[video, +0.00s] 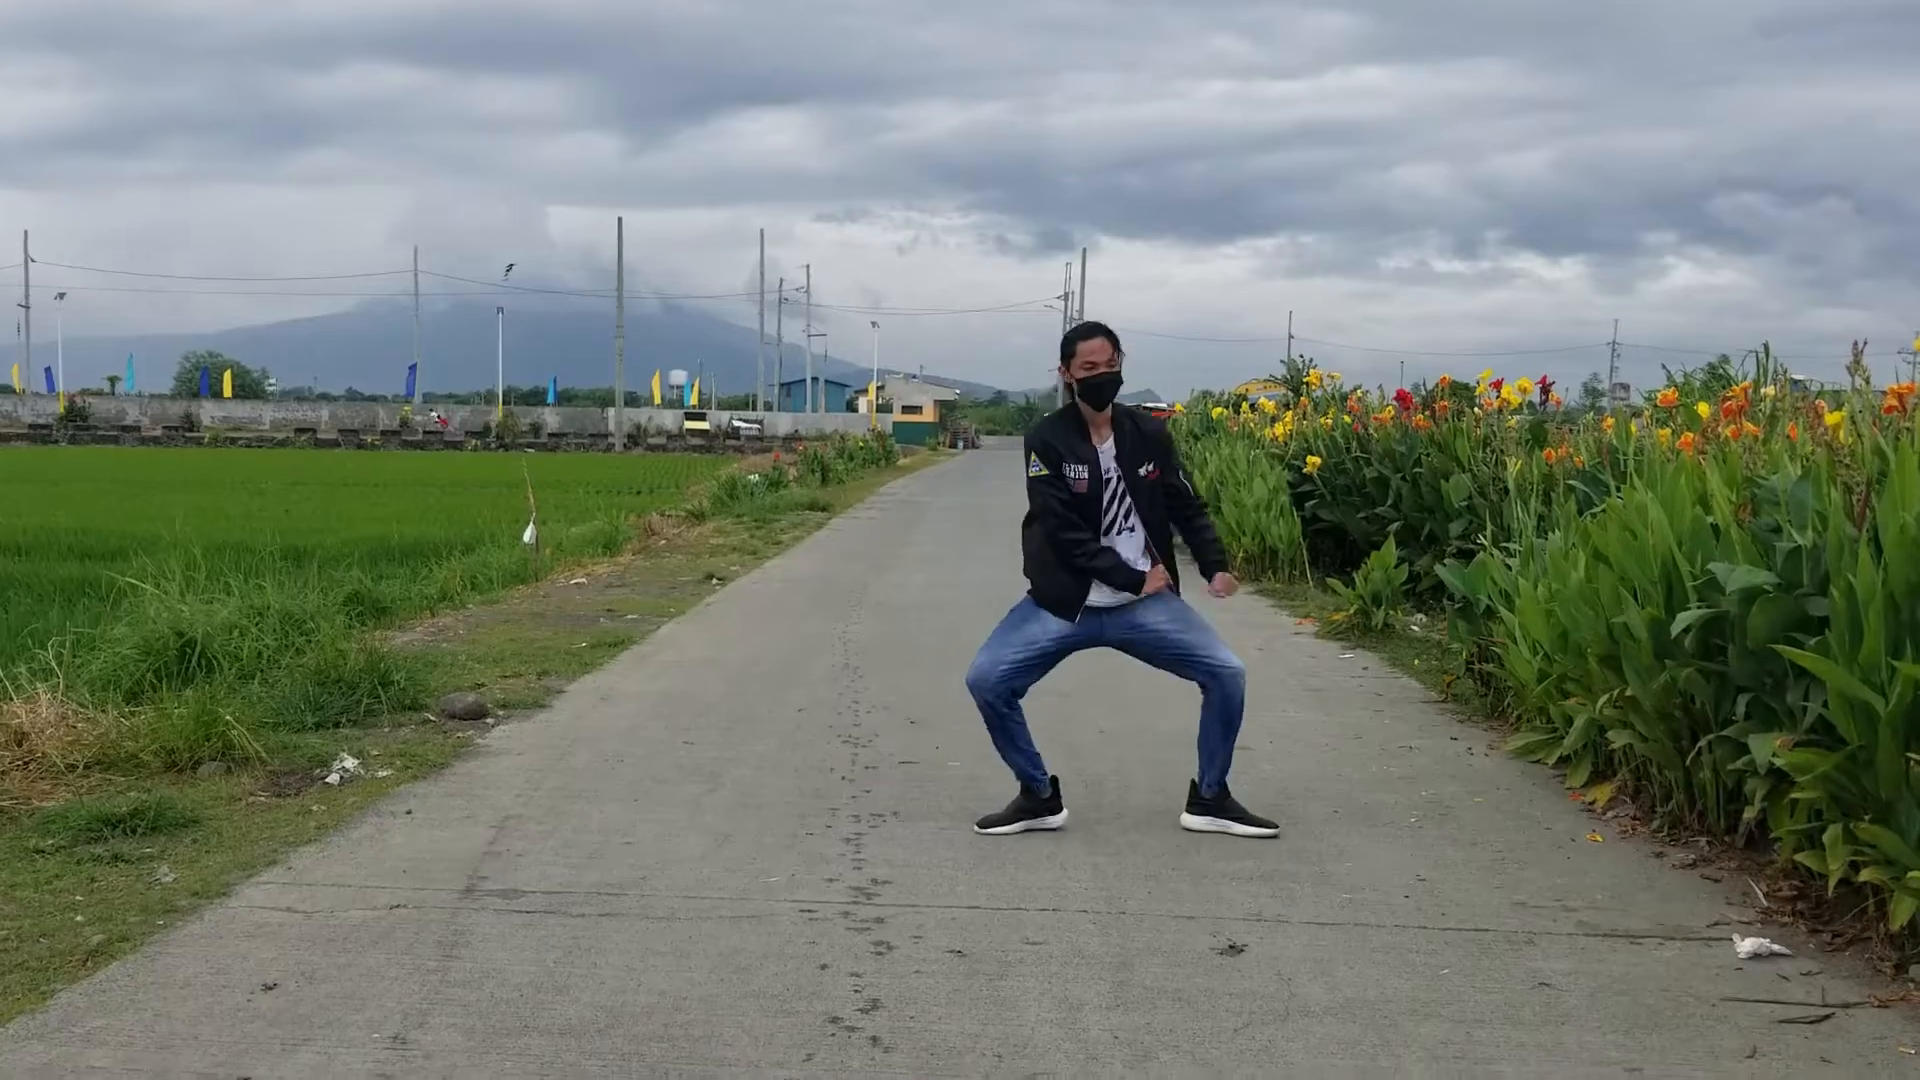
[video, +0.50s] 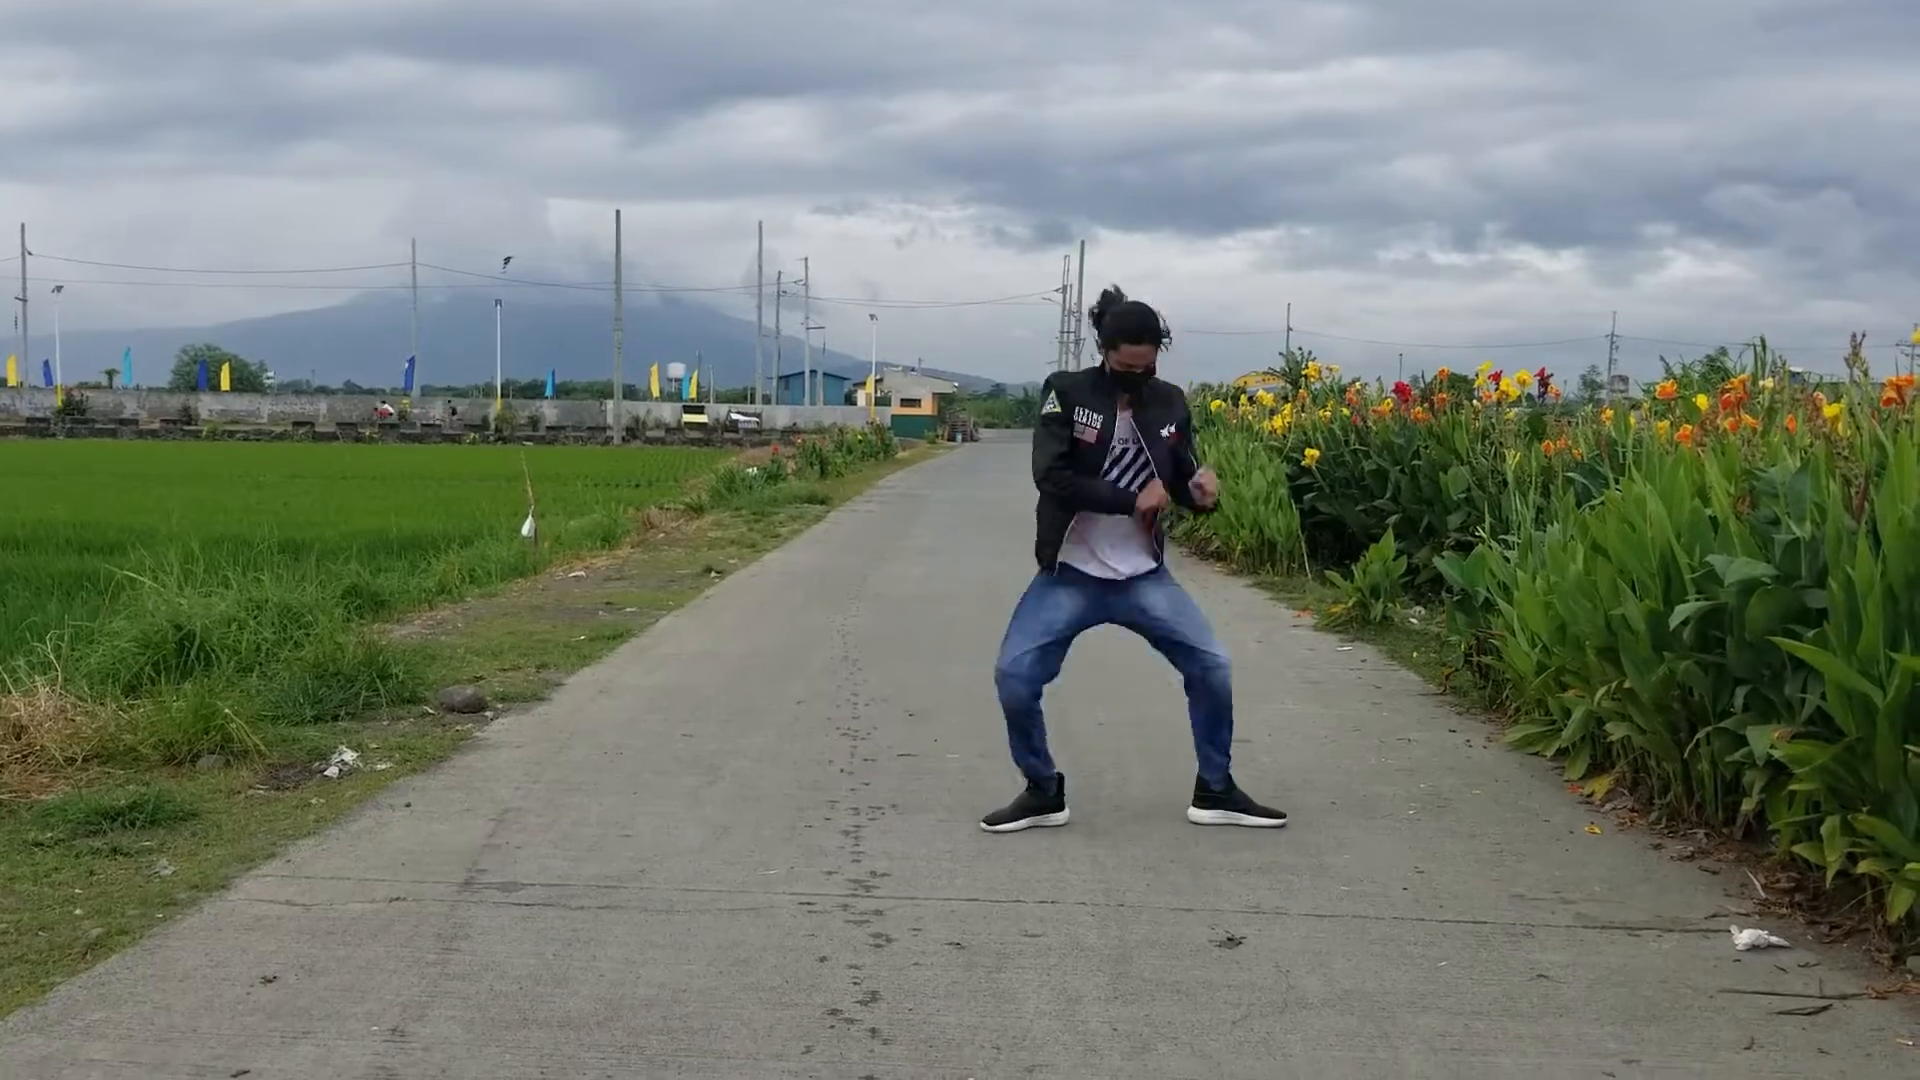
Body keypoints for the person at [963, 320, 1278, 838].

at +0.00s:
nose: (1101, 376)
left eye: (1109, 365)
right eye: (1088, 368)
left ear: (1120, 367)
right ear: (1066, 373)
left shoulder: (1148, 431)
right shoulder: (1048, 438)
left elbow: (1183, 503)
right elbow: (1060, 533)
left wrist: (1215, 564)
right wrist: (1134, 577)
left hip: (1141, 601)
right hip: (1061, 604)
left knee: (1227, 672)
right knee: (986, 680)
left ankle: (1209, 796)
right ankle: (1039, 795)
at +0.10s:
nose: (1110, 334)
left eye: (1118, 322)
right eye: (1098, 323)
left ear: (1129, 318)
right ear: (1073, 321)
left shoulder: (1150, 374)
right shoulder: (1050, 379)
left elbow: (1198, 422)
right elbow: (1064, 463)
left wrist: (1222, 436)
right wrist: (1146, 469)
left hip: (1143, 559)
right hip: (1073, 558)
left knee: (1184, 674)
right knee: (1043, 674)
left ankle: (1197, 791)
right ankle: (1047, 791)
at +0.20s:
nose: (1120, 308)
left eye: (1127, 296)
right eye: (1107, 298)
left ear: (1137, 293)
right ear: (1080, 300)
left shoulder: (1161, 347)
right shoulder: (1062, 356)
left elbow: (1242, 353)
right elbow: (1017, 356)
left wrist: (1215, 302)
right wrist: (1093, 333)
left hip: (1146, 529)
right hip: (1084, 526)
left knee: (1140, 665)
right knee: (1091, 663)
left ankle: (1148, 787)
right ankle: (1058, 788)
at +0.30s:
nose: (1116, 305)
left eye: (1125, 294)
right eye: (1105, 296)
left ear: (1136, 293)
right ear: (1082, 297)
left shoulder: (1163, 345)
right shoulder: (1059, 355)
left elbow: (1244, 344)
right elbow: (1011, 343)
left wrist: (1201, 287)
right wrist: (1082, 321)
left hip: (1147, 527)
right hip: (1083, 526)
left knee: (1145, 666)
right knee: (1087, 666)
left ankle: (1150, 786)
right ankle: (1057, 788)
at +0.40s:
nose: (1126, 320)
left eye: (1135, 309)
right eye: (1114, 310)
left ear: (1145, 302)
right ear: (1090, 304)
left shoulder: (1168, 360)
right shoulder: (1066, 352)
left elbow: (1228, 414)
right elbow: (1034, 377)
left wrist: (1203, 343)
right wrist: (1111, 354)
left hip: (1145, 540)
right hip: (1078, 536)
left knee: (1179, 659)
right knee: (1067, 664)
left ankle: (1173, 777)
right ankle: (1051, 786)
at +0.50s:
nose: (1137, 376)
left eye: (1146, 367)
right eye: (1128, 368)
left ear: (1158, 350)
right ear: (1106, 351)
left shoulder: (1171, 402)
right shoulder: (1067, 391)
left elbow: (1179, 484)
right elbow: (1050, 475)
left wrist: (1196, 491)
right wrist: (1131, 499)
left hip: (1143, 576)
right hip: (1069, 575)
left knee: (1212, 666)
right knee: (1013, 676)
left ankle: (1214, 789)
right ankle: (1043, 790)